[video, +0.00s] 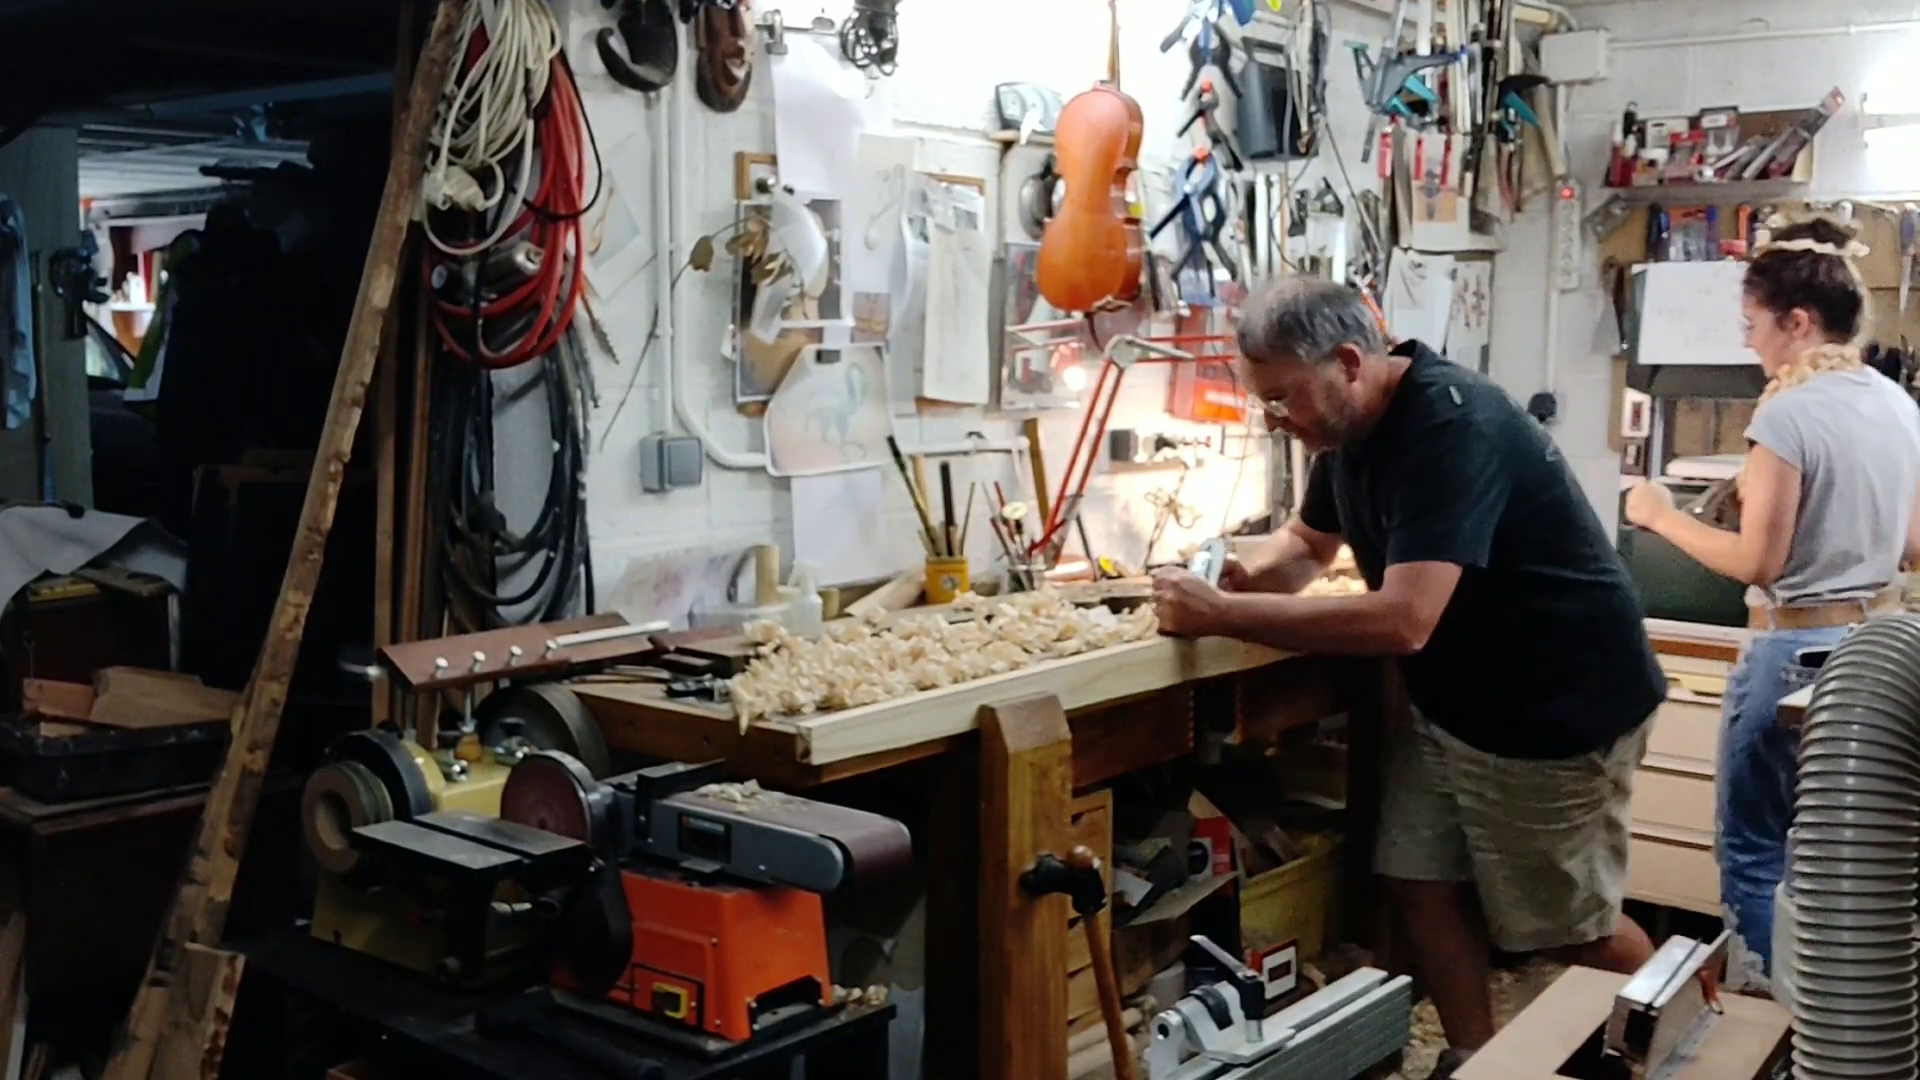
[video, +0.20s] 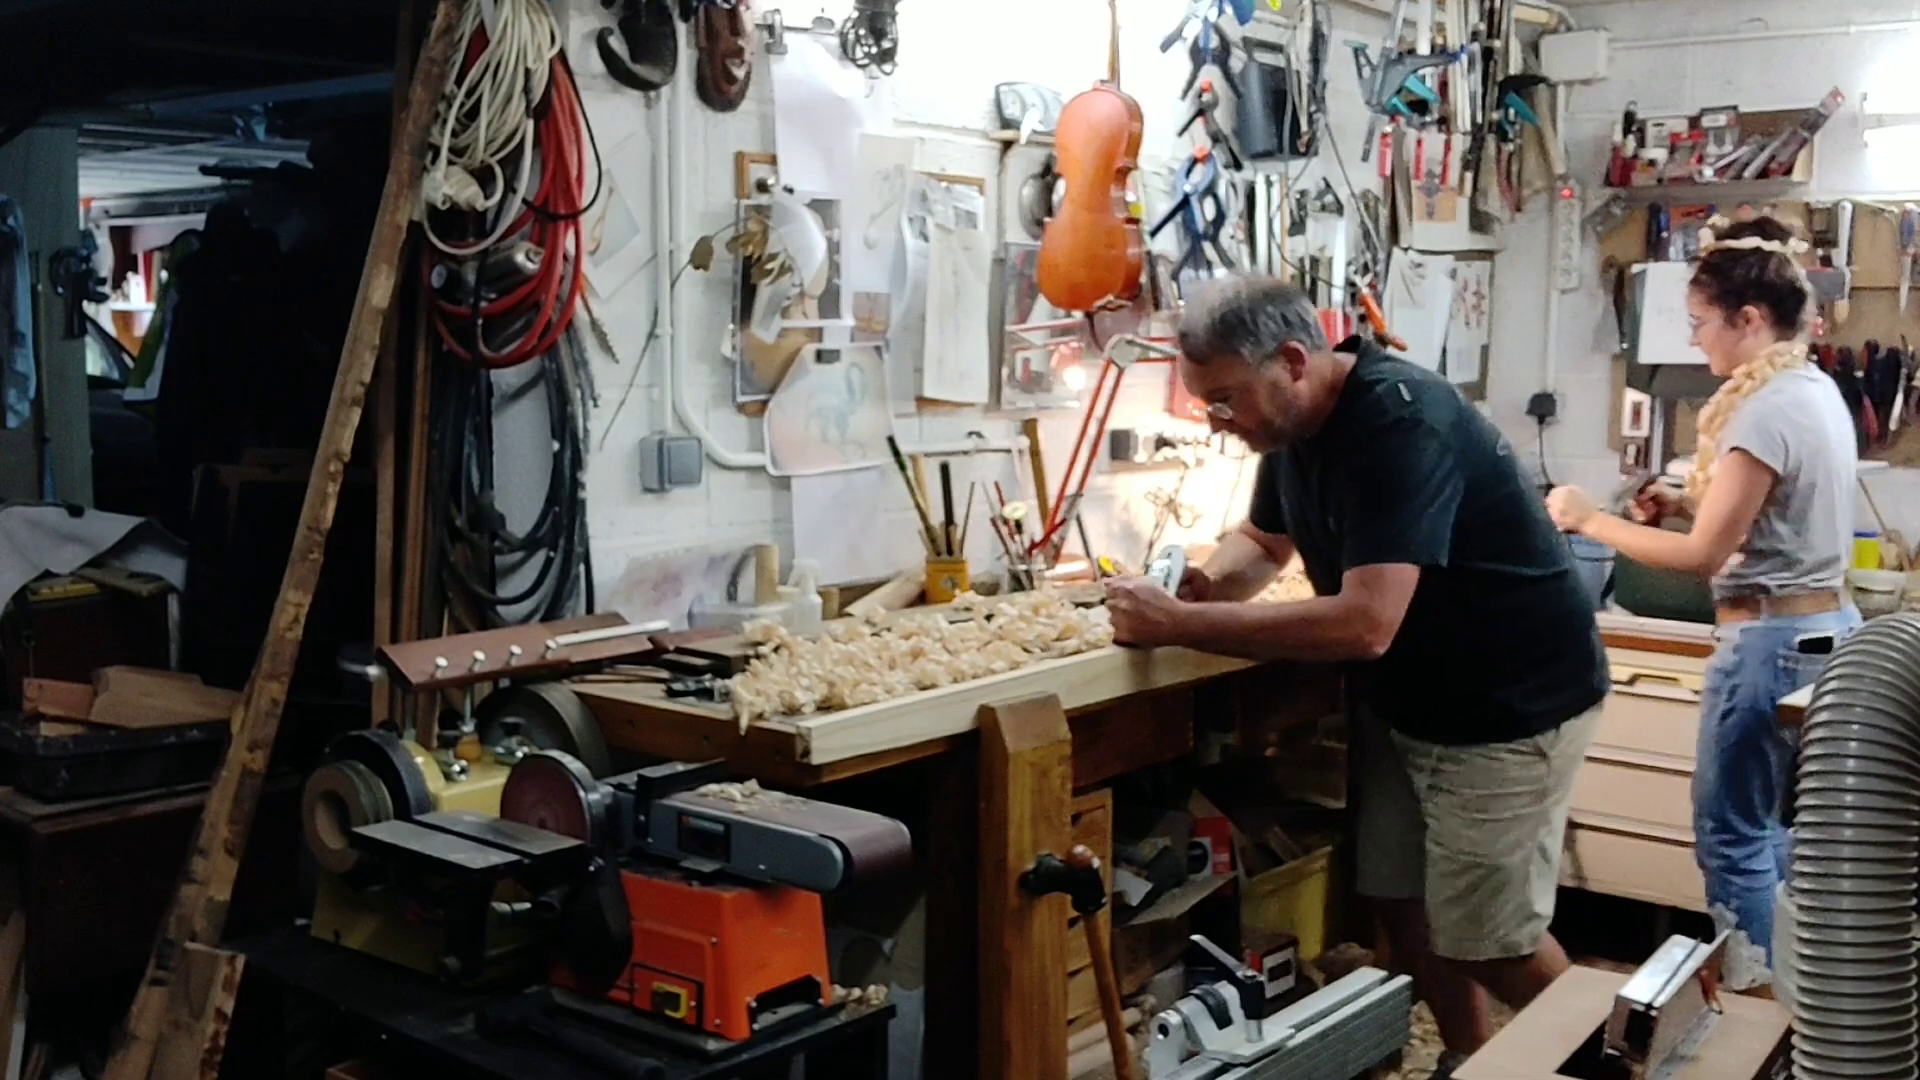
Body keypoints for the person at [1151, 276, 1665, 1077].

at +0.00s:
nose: (1281, 423)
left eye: (1286, 399)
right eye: (1269, 406)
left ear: (1350, 360)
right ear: (1345, 361)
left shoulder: (1453, 423)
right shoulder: (1348, 430)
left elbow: (1403, 620)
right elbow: (1309, 544)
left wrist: (1223, 614)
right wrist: (1247, 575)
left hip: (1560, 714)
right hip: (1452, 702)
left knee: (1571, 928)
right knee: (1423, 884)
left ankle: (1694, 1005)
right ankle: (1473, 1063)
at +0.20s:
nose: (1217, 423)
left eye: (1226, 402)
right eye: (1209, 406)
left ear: (1292, 362)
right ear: (1289, 363)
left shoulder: (1401, 418)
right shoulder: (1294, 428)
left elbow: (1366, 624)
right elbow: (1264, 543)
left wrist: (1179, 622)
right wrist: (1210, 583)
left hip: (1509, 709)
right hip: (1403, 703)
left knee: (1492, 938)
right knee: (1405, 912)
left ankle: (1601, 1049)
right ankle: (1473, 1060)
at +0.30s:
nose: (1192, 422)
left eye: (1200, 400)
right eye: (1183, 405)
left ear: (1269, 358)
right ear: (1265, 360)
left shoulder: (1382, 415)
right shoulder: (1275, 424)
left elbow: (1346, 626)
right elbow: (1244, 542)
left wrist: (1160, 624)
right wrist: (1183, 581)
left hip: (1500, 693)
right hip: (1397, 692)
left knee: (1456, 937)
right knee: (1403, 922)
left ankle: (1519, 1078)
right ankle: (1473, 1062)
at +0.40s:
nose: (1174, 422)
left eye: (1181, 400)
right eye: (1164, 404)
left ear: (1249, 360)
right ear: (1243, 361)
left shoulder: (1361, 416)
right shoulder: (1257, 422)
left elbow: (1327, 632)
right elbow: (1228, 543)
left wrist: (1138, 629)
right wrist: (1172, 584)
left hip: (1488, 688)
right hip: (1401, 690)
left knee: (1424, 927)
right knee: (1410, 919)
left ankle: (1449, 1079)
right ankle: (1468, 1067)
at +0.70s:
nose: (1102, 415)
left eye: (1110, 395)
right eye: (1092, 396)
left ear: (1183, 357)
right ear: (1180, 355)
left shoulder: (1297, 417)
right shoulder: (1205, 412)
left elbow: (1252, 650)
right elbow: (1168, 551)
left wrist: (1052, 654)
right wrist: (1105, 602)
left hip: (1437, 715)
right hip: (1357, 711)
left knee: (1307, 959)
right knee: (1399, 904)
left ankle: (1372, 1069)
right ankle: (1476, 1063)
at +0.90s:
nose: (1043, 421)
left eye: (1048, 396)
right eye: (1033, 403)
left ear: (1123, 355)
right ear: (1124, 355)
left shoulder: (1248, 414)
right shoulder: (1158, 411)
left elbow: (1203, 663)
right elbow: (1137, 552)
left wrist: (998, 666)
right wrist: (1059, 614)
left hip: (1398, 743)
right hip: (1297, 732)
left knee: (1331, 1028)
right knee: (1260, 996)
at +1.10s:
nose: (1000, 422)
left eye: (1006, 396)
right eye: (990, 403)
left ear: (1082, 350)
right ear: (1084, 351)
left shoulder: (1211, 414)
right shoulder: (1116, 414)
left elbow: (1161, 664)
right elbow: (1081, 566)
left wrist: (949, 675)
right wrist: (1007, 621)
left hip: (1361, 753)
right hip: (1267, 741)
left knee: (1291, 1037)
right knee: (1234, 1019)